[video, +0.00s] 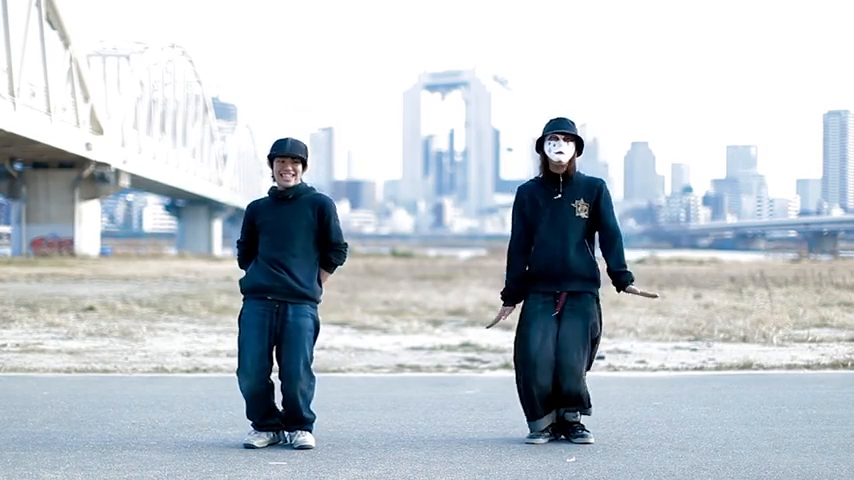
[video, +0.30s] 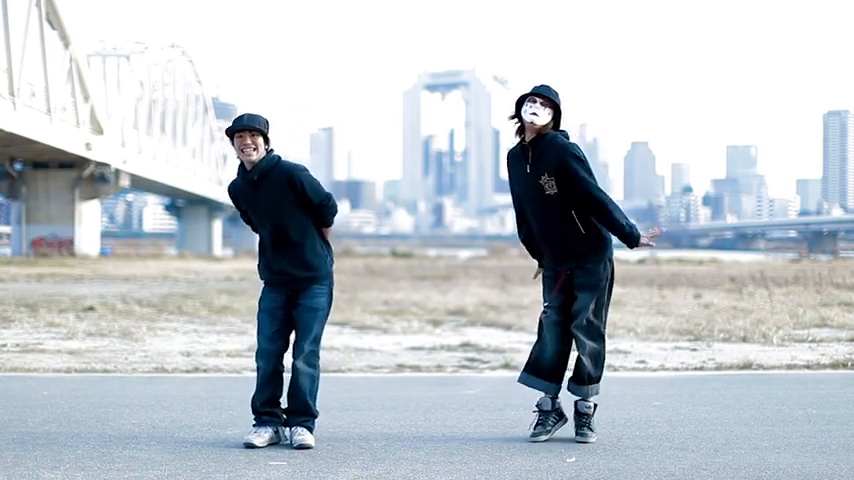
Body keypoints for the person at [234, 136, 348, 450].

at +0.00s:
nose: (286, 169)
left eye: (293, 163)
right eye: (281, 163)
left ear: (302, 168)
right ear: (272, 167)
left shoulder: (321, 205)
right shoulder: (256, 209)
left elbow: (337, 250)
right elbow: (245, 252)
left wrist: (316, 283)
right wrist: (261, 277)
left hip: (300, 300)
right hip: (258, 298)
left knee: (296, 368)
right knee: (251, 371)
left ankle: (300, 428)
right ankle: (266, 427)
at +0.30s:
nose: (247, 143)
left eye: (253, 136)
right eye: (240, 138)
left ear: (265, 141)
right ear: (233, 145)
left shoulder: (293, 174)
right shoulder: (237, 189)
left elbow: (327, 207)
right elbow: (257, 225)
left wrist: (318, 233)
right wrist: (300, 234)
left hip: (313, 278)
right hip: (275, 280)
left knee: (305, 353)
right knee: (267, 353)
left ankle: (301, 425)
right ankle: (267, 424)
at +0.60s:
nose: (246, 152)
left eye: (252, 146)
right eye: (239, 146)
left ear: (264, 150)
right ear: (232, 153)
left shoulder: (291, 181)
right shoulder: (231, 196)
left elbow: (325, 210)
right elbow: (245, 233)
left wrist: (313, 239)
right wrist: (279, 241)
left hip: (313, 281)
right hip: (273, 284)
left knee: (306, 354)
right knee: (267, 354)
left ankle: (302, 423)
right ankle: (268, 424)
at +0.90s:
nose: (285, 168)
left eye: (292, 163)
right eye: (280, 161)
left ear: (301, 167)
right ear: (269, 162)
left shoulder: (315, 205)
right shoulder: (249, 198)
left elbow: (323, 249)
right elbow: (225, 242)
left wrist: (301, 269)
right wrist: (249, 268)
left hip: (302, 297)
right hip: (259, 298)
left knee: (303, 364)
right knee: (257, 367)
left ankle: (302, 427)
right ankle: (265, 427)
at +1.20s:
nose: (316, 143)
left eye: (323, 140)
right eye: (311, 137)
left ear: (330, 149)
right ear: (299, 141)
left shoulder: (330, 190)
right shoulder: (270, 171)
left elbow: (318, 234)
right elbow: (238, 207)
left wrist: (288, 248)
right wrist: (253, 244)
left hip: (296, 280)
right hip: (256, 277)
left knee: (300, 353)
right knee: (261, 352)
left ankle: (300, 423)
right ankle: (266, 424)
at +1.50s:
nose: (325, 169)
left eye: (333, 166)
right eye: (320, 162)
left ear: (340, 176)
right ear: (309, 166)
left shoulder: (338, 214)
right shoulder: (277, 196)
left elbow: (313, 242)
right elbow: (243, 217)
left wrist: (283, 254)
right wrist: (250, 253)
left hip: (295, 284)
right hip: (255, 283)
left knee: (297, 353)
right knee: (259, 353)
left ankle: (299, 423)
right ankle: (266, 421)